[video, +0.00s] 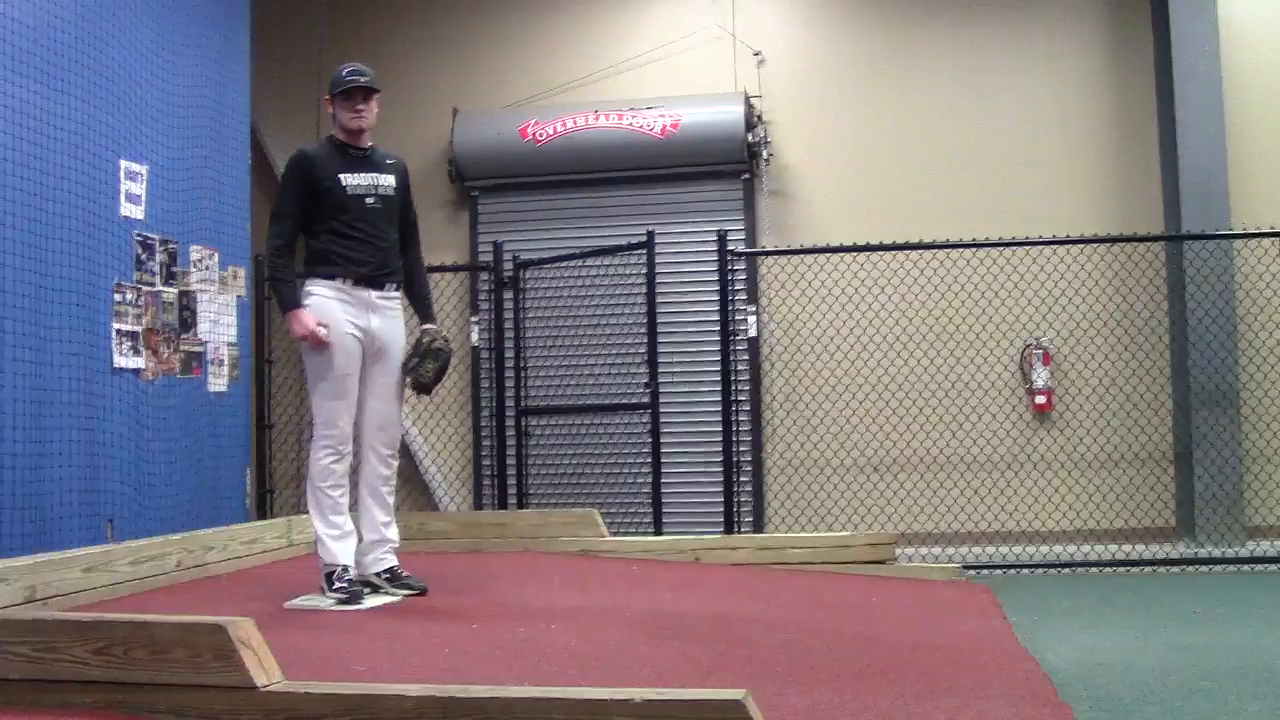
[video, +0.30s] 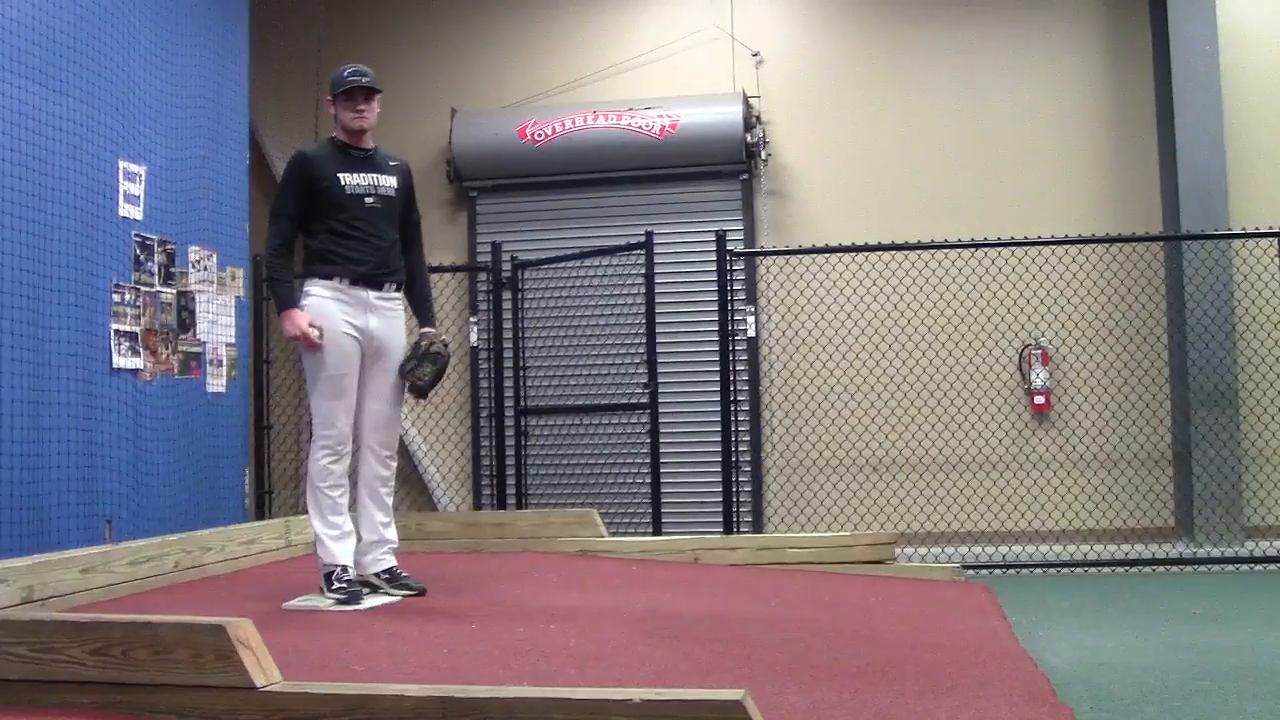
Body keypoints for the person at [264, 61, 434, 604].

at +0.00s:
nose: (361, 106)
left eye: (368, 98)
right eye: (350, 99)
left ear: (378, 105)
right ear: (330, 106)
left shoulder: (394, 168)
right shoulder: (309, 162)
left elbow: (410, 251)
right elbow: (278, 248)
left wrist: (428, 318)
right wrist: (293, 308)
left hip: (389, 307)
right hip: (330, 303)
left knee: (382, 440)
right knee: (335, 438)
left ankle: (379, 561)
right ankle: (337, 564)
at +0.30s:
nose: (361, 106)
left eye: (368, 98)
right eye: (350, 99)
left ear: (379, 105)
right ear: (332, 106)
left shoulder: (396, 170)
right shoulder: (309, 163)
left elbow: (413, 253)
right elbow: (277, 245)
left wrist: (427, 321)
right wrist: (288, 306)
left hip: (389, 308)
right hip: (328, 303)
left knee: (381, 441)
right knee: (334, 439)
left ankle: (378, 562)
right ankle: (336, 565)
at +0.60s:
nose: (360, 106)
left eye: (368, 98)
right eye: (350, 99)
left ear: (380, 105)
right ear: (332, 107)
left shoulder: (397, 170)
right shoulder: (310, 163)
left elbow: (413, 251)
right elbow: (278, 243)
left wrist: (426, 321)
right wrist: (289, 306)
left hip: (390, 308)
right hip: (329, 303)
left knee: (381, 441)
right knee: (334, 439)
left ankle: (378, 561)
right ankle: (336, 565)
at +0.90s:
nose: (363, 108)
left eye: (370, 99)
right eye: (352, 100)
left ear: (381, 106)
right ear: (333, 107)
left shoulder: (398, 171)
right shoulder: (311, 163)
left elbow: (413, 251)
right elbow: (281, 243)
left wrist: (425, 320)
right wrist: (292, 306)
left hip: (390, 309)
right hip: (331, 303)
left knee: (380, 440)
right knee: (334, 438)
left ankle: (377, 561)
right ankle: (336, 564)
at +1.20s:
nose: (366, 110)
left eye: (373, 101)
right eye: (356, 101)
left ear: (383, 107)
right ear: (337, 107)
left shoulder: (399, 171)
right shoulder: (313, 163)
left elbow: (415, 252)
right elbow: (281, 236)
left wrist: (426, 322)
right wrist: (291, 260)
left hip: (394, 310)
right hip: (336, 304)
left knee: (381, 443)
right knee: (336, 440)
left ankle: (378, 561)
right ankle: (336, 564)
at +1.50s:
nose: (370, 112)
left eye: (377, 103)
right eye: (361, 103)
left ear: (388, 109)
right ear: (341, 108)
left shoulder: (402, 174)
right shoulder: (316, 162)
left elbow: (417, 254)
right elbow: (280, 241)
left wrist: (430, 323)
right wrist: (285, 219)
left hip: (395, 308)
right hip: (338, 303)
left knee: (381, 443)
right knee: (337, 440)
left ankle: (377, 561)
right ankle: (337, 564)